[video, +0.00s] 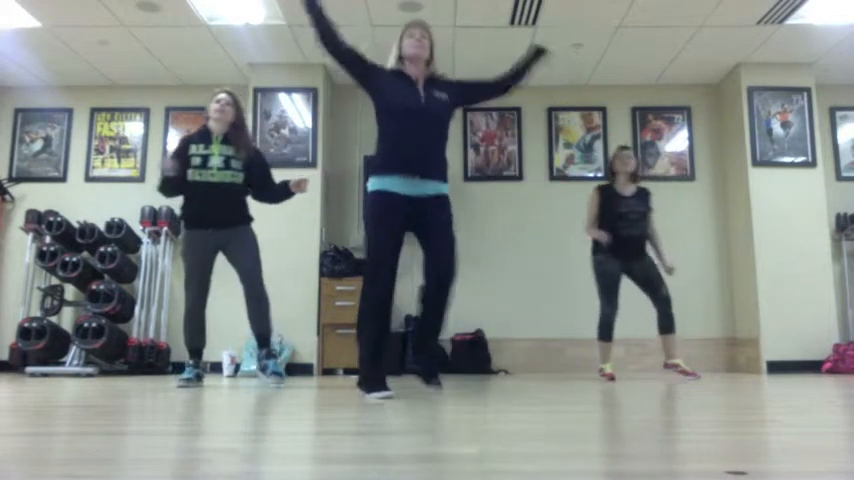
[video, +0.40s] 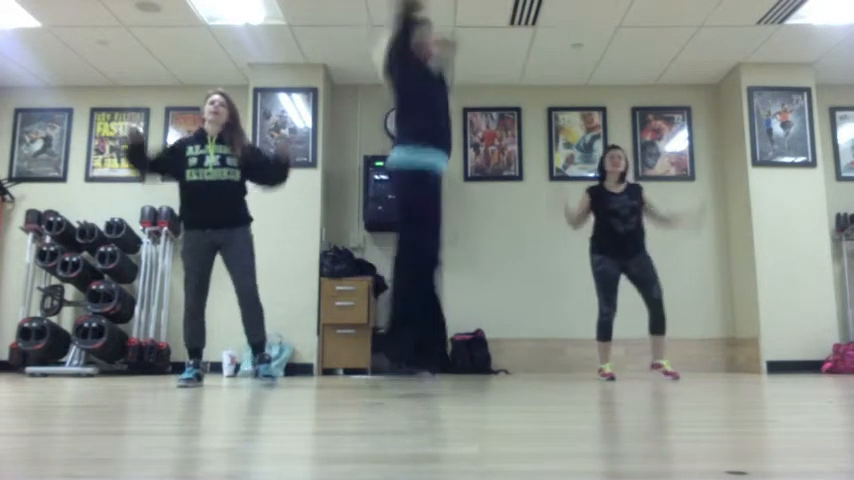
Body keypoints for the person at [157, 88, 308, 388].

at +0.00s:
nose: (221, 105)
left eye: (227, 103)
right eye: (217, 101)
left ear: (236, 115)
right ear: (207, 110)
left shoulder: (246, 150)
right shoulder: (188, 145)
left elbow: (263, 191)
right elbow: (170, 189)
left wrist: (289, 188)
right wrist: (171, 174)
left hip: (237, 230)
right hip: (199, 232)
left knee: (255, 287)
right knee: (195, 297)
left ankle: (265, 355)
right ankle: (194, 363)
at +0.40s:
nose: (214, 107)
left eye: (220, 105)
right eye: (211, 103)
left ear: (230, 115)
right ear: (202, 111)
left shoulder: (240, 148)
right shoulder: (184, 147)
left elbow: (268, 175)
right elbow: (152, 168)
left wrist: (281, 159)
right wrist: (137, 152)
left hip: (235, 231)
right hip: (197, 232)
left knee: (248, 292)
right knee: (194, 297)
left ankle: (260, 360)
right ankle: (193, 363)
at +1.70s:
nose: (238, 113)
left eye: (245, 110)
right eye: (234, 109)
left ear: (256, 116)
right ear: (227, 114)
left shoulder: (270, 150)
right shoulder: (208, 146)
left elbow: (308, 150)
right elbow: (168, 125)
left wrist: (305, 113)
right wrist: (163, 86)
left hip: (254, 233)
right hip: (217, 232)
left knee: (253, 300)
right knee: (213, 299)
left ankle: (254, 364)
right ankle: (210, 364)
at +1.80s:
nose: (238, 113)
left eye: (244, 109)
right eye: (234, 108)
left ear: (255, 116)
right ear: (227, 114)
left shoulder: (269, 150)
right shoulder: (207, 146)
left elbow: (307, 151)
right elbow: (167, 126)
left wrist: (305, 113)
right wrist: (165, 87)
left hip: (254, 233)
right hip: (217, 232)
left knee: (253, 300)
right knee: (212, 300)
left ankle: (254, 364)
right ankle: (209, 364)